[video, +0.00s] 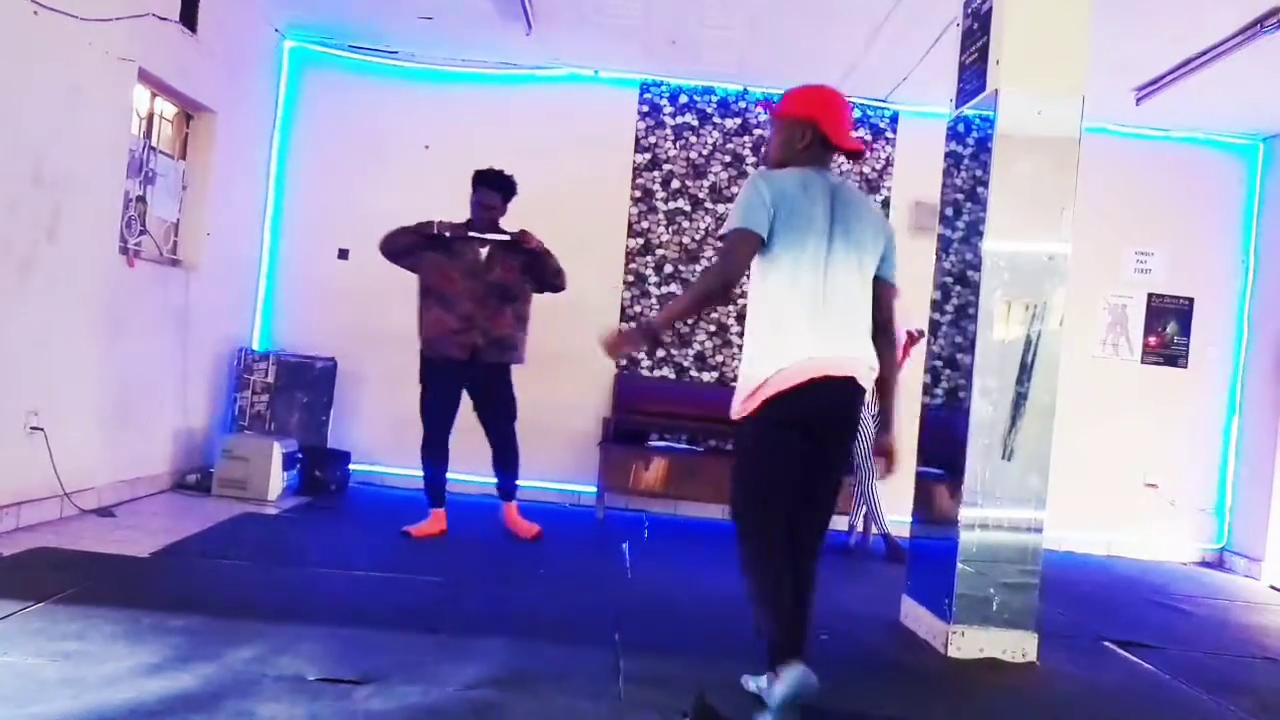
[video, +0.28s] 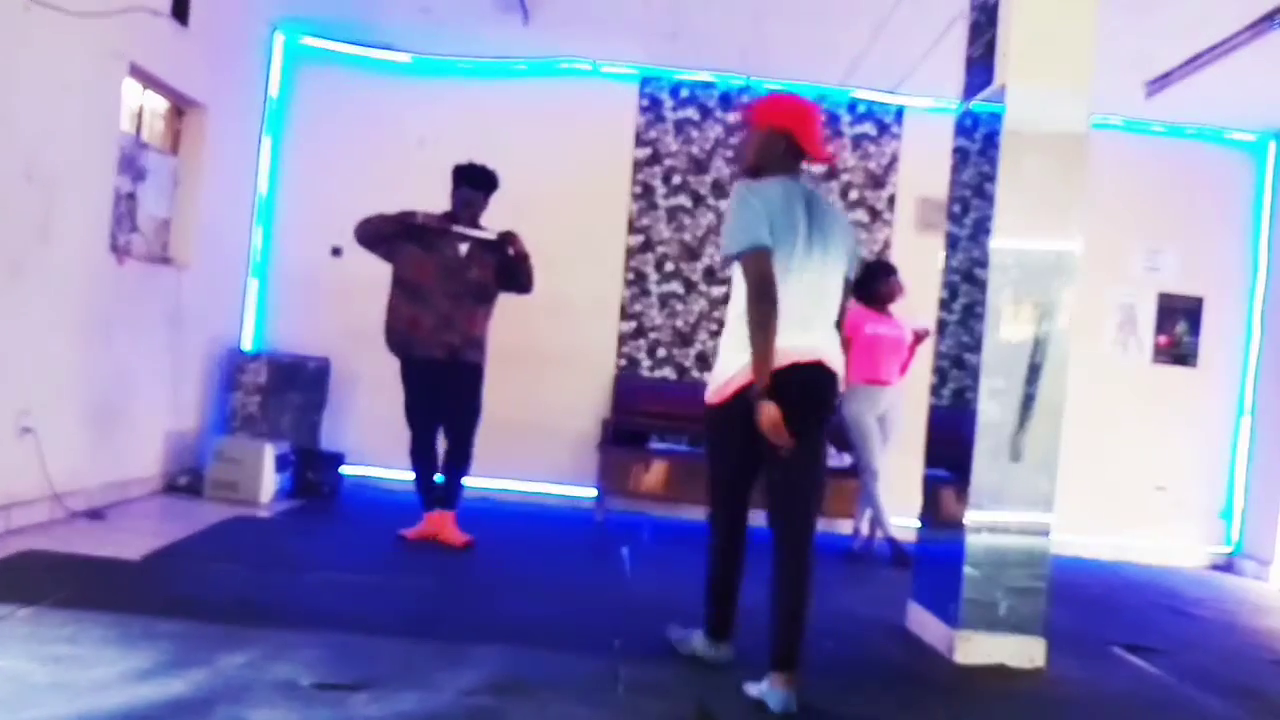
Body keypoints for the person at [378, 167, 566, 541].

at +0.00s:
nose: (483, 212)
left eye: (492, 207)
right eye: (479, 203)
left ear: (505, 208)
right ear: (471, 199)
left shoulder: (518, 253)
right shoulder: (439, 247)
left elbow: (556, 283)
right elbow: (390, 247)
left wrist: (537, 250)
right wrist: (431, 231)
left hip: (491, 363)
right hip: (442, 359)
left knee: (503, 434)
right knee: (435, 435)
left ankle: (510, 510)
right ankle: (436, 514)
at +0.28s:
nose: (472, 204)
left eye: (480, 198)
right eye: (466, 195)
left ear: (488, 202)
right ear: (453, 193)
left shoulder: (489, 252)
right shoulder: (416, 236)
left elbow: (522, 284)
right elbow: (365, 232)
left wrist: (515, 252)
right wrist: (414, 222)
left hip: (465, 357)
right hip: (419, 353)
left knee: (461, 436)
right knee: (423, 433)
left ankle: (448, 515)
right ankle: (430, 512)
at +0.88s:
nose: (441, 187)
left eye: (449, 181)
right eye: (435, 180)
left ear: (465, 185)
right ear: (428, 182)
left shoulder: (482, 233)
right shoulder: (411, 226)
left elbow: (509, 288)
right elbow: (372, 272)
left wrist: (489, 272)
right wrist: (389, 258)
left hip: (449, 353)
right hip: (403, 347)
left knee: (433, 433)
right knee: (383, 423)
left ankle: (424, 517)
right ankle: (393, 508)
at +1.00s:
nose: (438, 178)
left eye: (447, 172)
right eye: (433, 170)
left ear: (462, 180)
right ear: (425, 175)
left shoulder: (477, 231)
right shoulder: (408, 225)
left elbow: (494, 288)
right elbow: (390, 277)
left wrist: (470, 280)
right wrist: (387, 318)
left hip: (444, 353)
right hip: (400, 348)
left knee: (431, 435)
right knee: (387, 431)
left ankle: (423, 516)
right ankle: (388, 513)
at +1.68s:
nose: (439, 180)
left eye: (448, 174)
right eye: (434, 173)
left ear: (465, 183)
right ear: (426, 178)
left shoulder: (471, 242)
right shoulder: (400, 215)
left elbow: (477, 311)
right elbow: (377, 272)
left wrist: (453, 334)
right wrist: (392, 321)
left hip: (434, 351)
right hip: (389, 343)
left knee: (422, 428)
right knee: (374, 423)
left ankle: (427, 510)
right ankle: (374, 498)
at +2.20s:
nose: (416, 181)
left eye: (425, 174)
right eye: (411, 173)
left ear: (442, 180)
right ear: (405, 177)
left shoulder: (466, 227)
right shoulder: (392, 229)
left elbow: (503, 280)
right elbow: (373, 285)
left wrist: (463, 283)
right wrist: (391, 326)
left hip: (439, 355)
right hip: (396, 352)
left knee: (432, 437)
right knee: (392, 435)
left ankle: (435, 515)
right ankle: (399, 510)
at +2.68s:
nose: (429, 181)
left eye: (437, 175)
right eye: (424, 174)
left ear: (453, 180)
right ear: (415, 178)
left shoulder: (468, 237)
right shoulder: (394, 217)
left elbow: (467, 298)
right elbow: (382, 275)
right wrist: (403, 326)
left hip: (440, 348)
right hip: (395, 341)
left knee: (432, 426)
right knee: (385, 419)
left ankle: (442, 506)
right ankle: (353, 494)